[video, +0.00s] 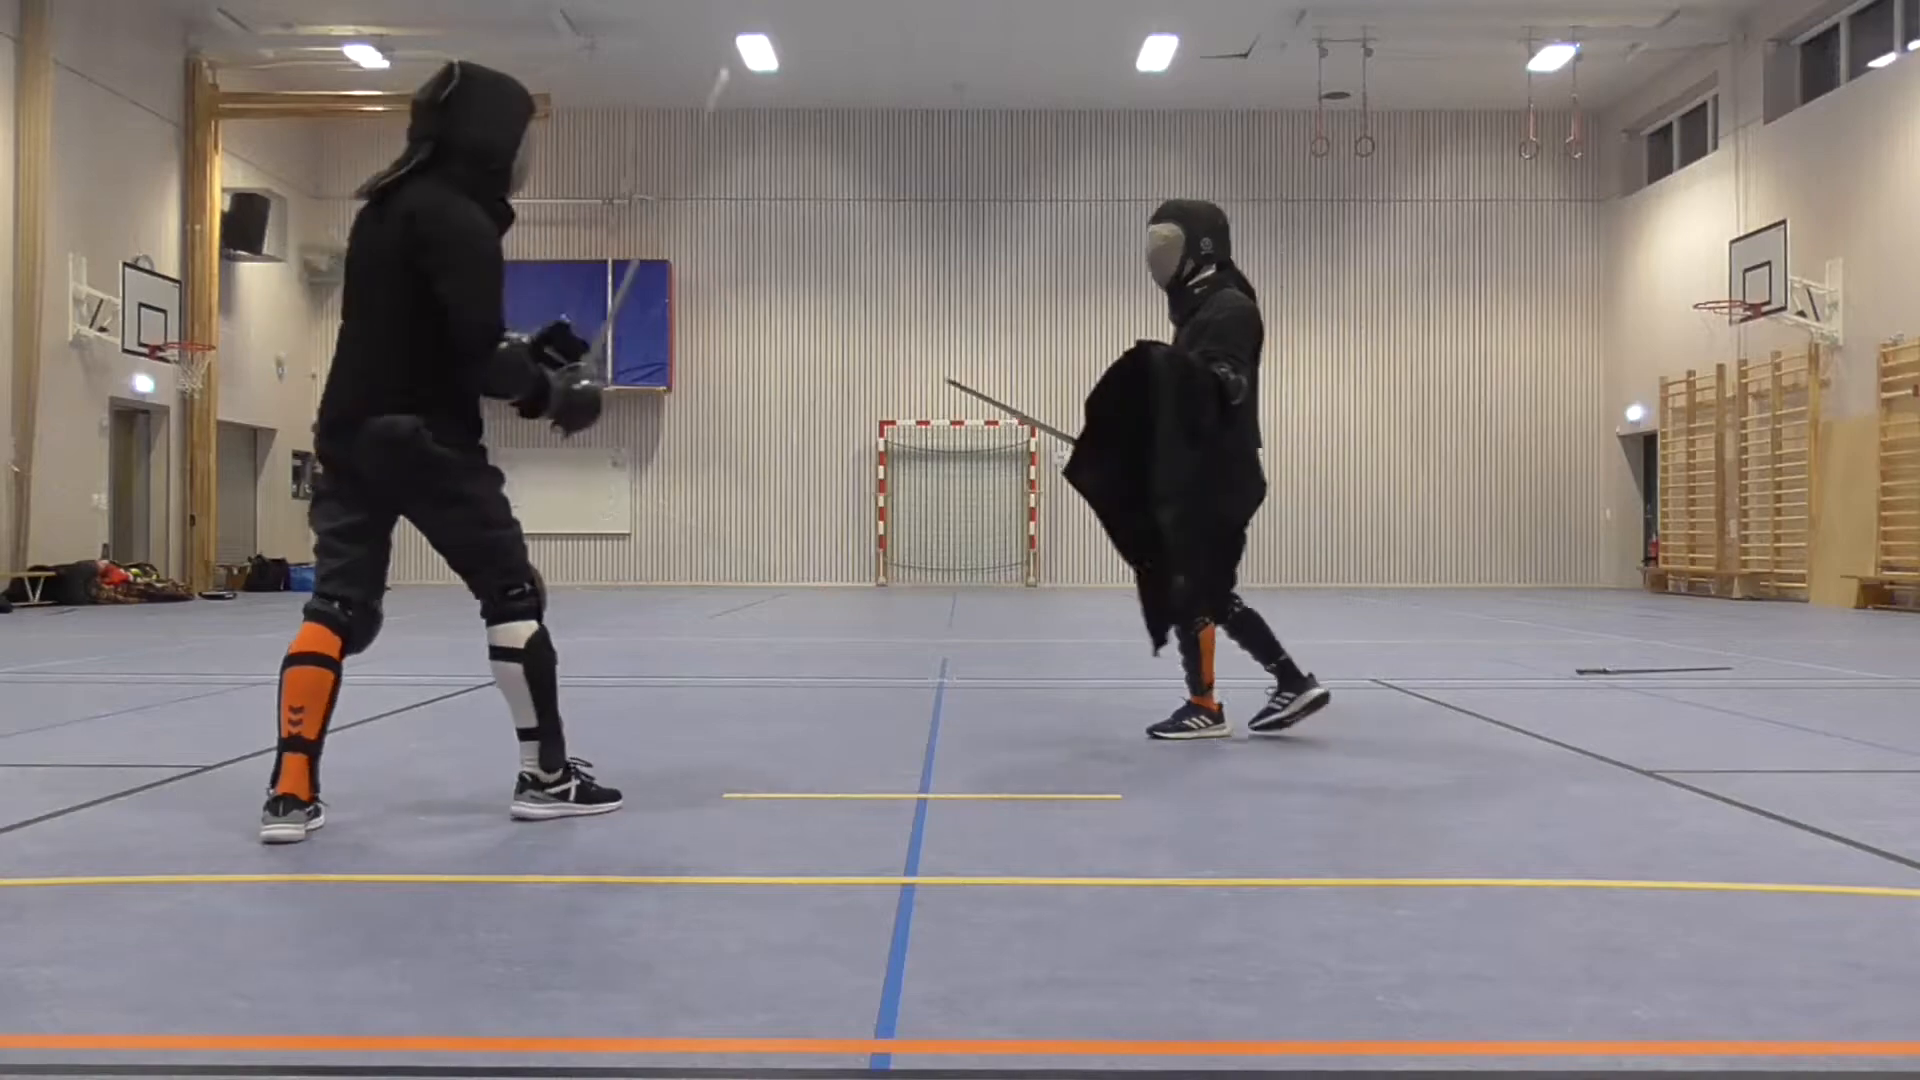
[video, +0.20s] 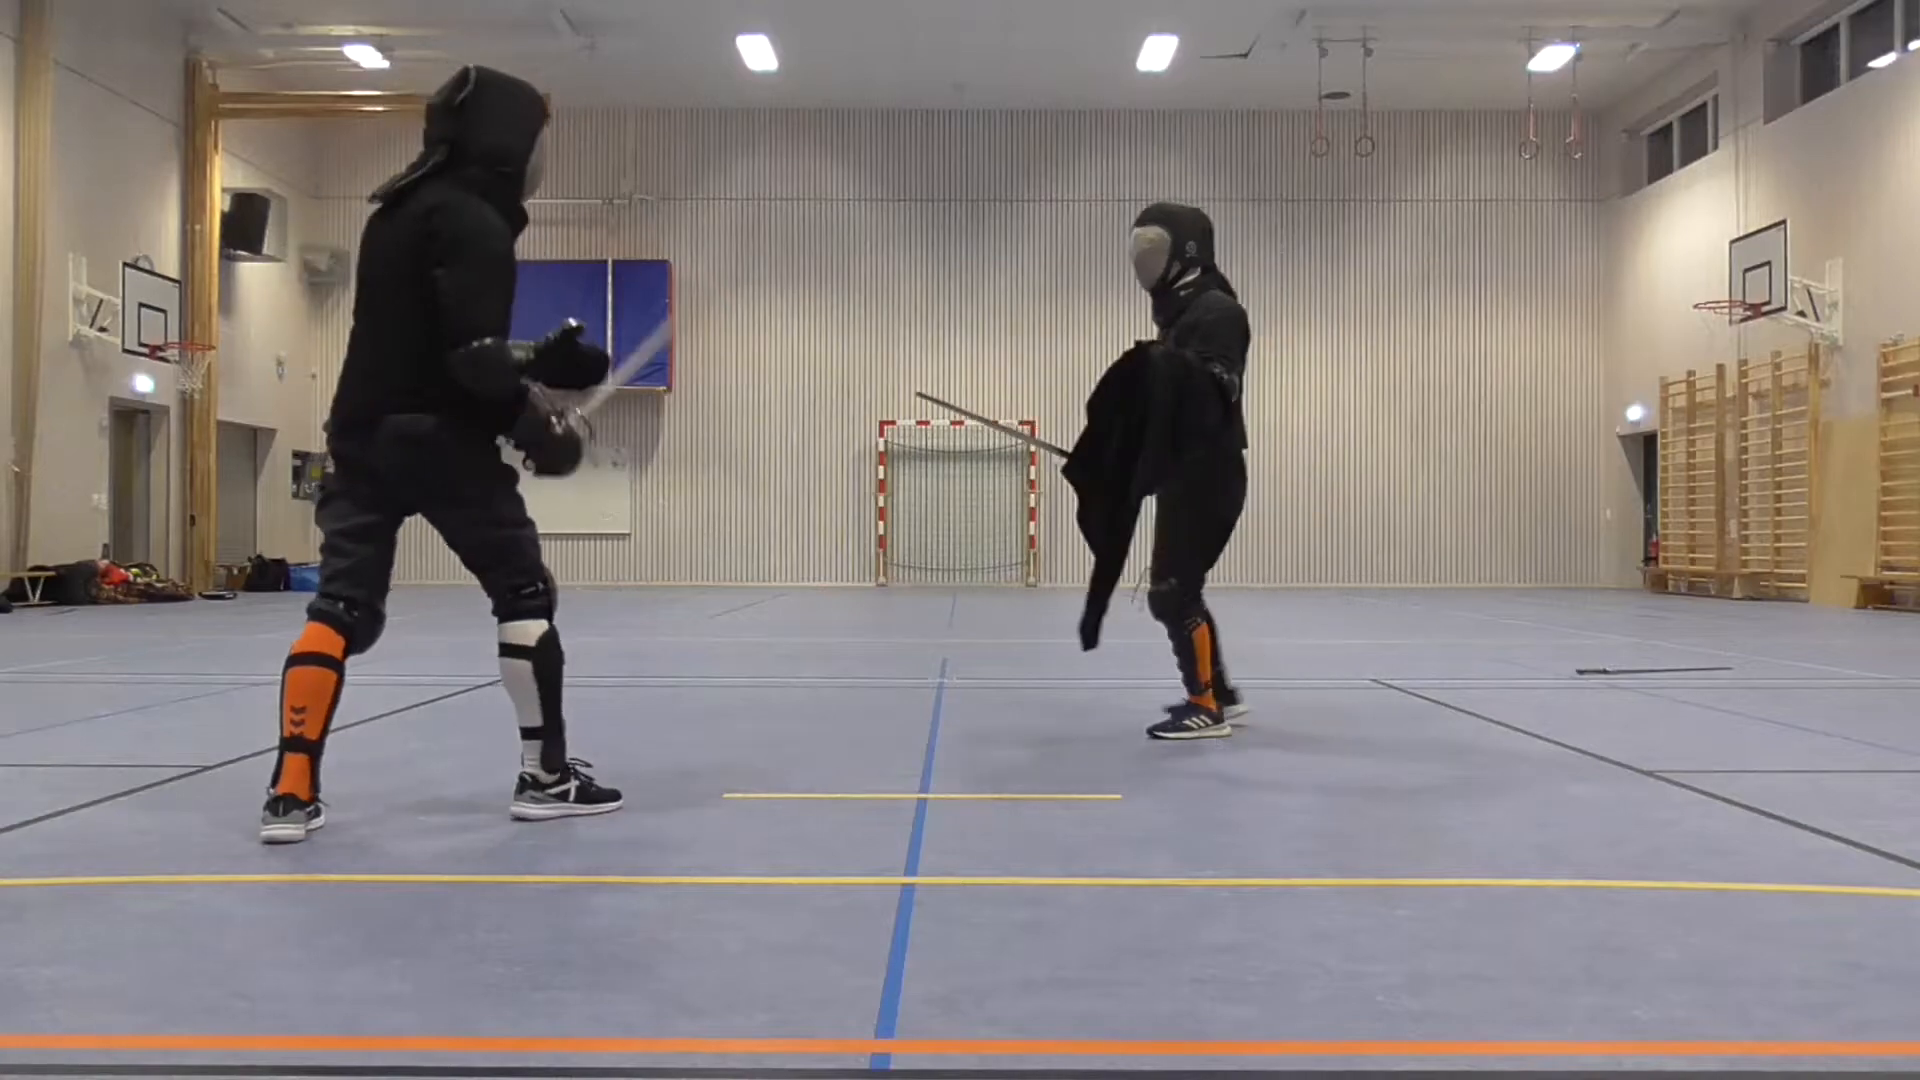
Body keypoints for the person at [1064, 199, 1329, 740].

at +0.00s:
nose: (1156, 260)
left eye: (1166, 248)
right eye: (1155, 248)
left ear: (1200, 248)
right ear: (1199, 251)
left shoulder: (1228, 309)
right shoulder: (1202, 306)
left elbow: (1224, 391)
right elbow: (1200, 391)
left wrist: (1163, 367)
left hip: (1220, 477)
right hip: (1208, 475)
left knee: (1193, 588)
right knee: (1211, 589)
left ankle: (1203, 706)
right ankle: (1294, 683)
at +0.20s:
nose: (1140, 261)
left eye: (1150, 250)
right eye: (1139, 250)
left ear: (1183, 250)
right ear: (1178, 252)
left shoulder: (1216, 311)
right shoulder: (1182, 309)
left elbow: (1218, 391)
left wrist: (1163, 365)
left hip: (1210, 474)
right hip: (1184, 473)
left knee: (1174, 593)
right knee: (1175, 590)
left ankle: (1205, 707)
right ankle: (1220, 691)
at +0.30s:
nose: (1132, 264)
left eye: (1142, 252)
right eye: (1130, 252)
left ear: (1176, 252)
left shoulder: (1206, 313)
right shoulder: (1168, 311)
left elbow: (1205, 397)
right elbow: (1160, 398)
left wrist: (1152, 376)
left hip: (1206, 475)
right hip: (1175, 472)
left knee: (1168, 588)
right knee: (1158, 584)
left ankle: (1203, 706)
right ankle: (1166, 682)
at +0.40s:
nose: (1122, 266)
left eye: (1133, 254)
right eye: (1120, 254)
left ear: (1167, 256)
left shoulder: (1192, 321)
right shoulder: (1158, 316)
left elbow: (1188, 410)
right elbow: (1145, 418)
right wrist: (1113, 487)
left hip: (1195, 482)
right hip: (1167, 477)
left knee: (1165, 589)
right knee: (1148, 585)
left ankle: (1204, 705)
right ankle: (1124, 683)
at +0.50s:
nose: (1111, 271)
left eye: (1121, 258)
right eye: (1109, 259)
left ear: (1154, 260)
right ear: (1143, 262)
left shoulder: (1177, 326)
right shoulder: (1145, 318)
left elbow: (1184, 430)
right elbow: (1144, 423)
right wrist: (1110, 479)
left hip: (1179, 493)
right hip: (1147, 490)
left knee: (1166, 595)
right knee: (1130, 592)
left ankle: (1203, 705)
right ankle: (1106, 690)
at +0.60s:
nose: (1097, 271)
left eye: (1108, 260)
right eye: (1096, 260)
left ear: (1140, 263)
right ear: (1135, 265)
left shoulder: (1162, 326)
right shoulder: (1129, 324)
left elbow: (1145, 421)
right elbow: (1126, 414)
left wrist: (1100, 478)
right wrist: (1094, 469)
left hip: (1175, 487)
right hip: (1142, 485)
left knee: (1162, 592)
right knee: (1106, 591)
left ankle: (1203, 704)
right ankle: (1100, 693)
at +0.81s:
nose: (1071, 273)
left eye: (1082, 262)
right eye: (1069, 262)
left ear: (1115, 264)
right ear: (1071, 266)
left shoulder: (1142, 329)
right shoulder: (1086, 336)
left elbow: (1155, 424)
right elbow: (1086, 419)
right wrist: (1059, 472)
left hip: (1141, 493)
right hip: (1099, 490)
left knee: (1127, 594)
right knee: (1076, 594)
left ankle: (1191, 694)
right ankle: (1097, 695)